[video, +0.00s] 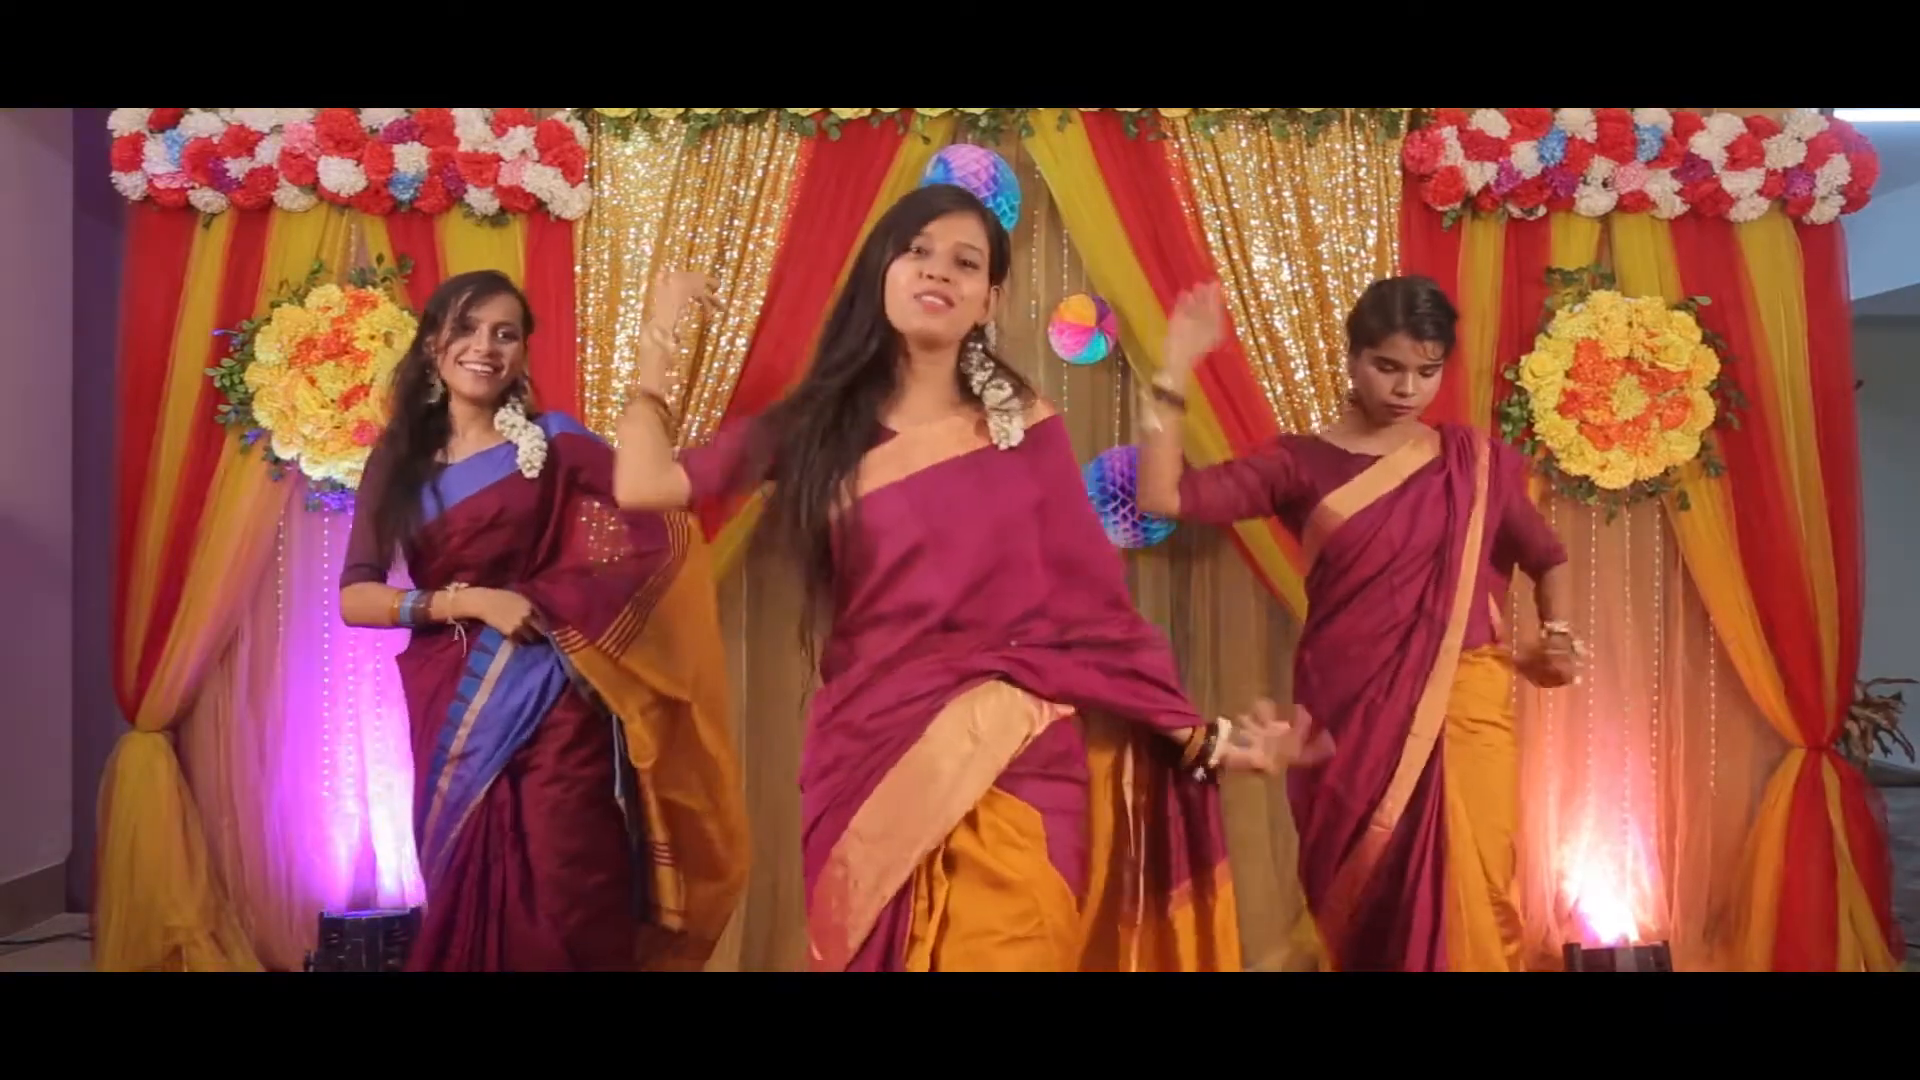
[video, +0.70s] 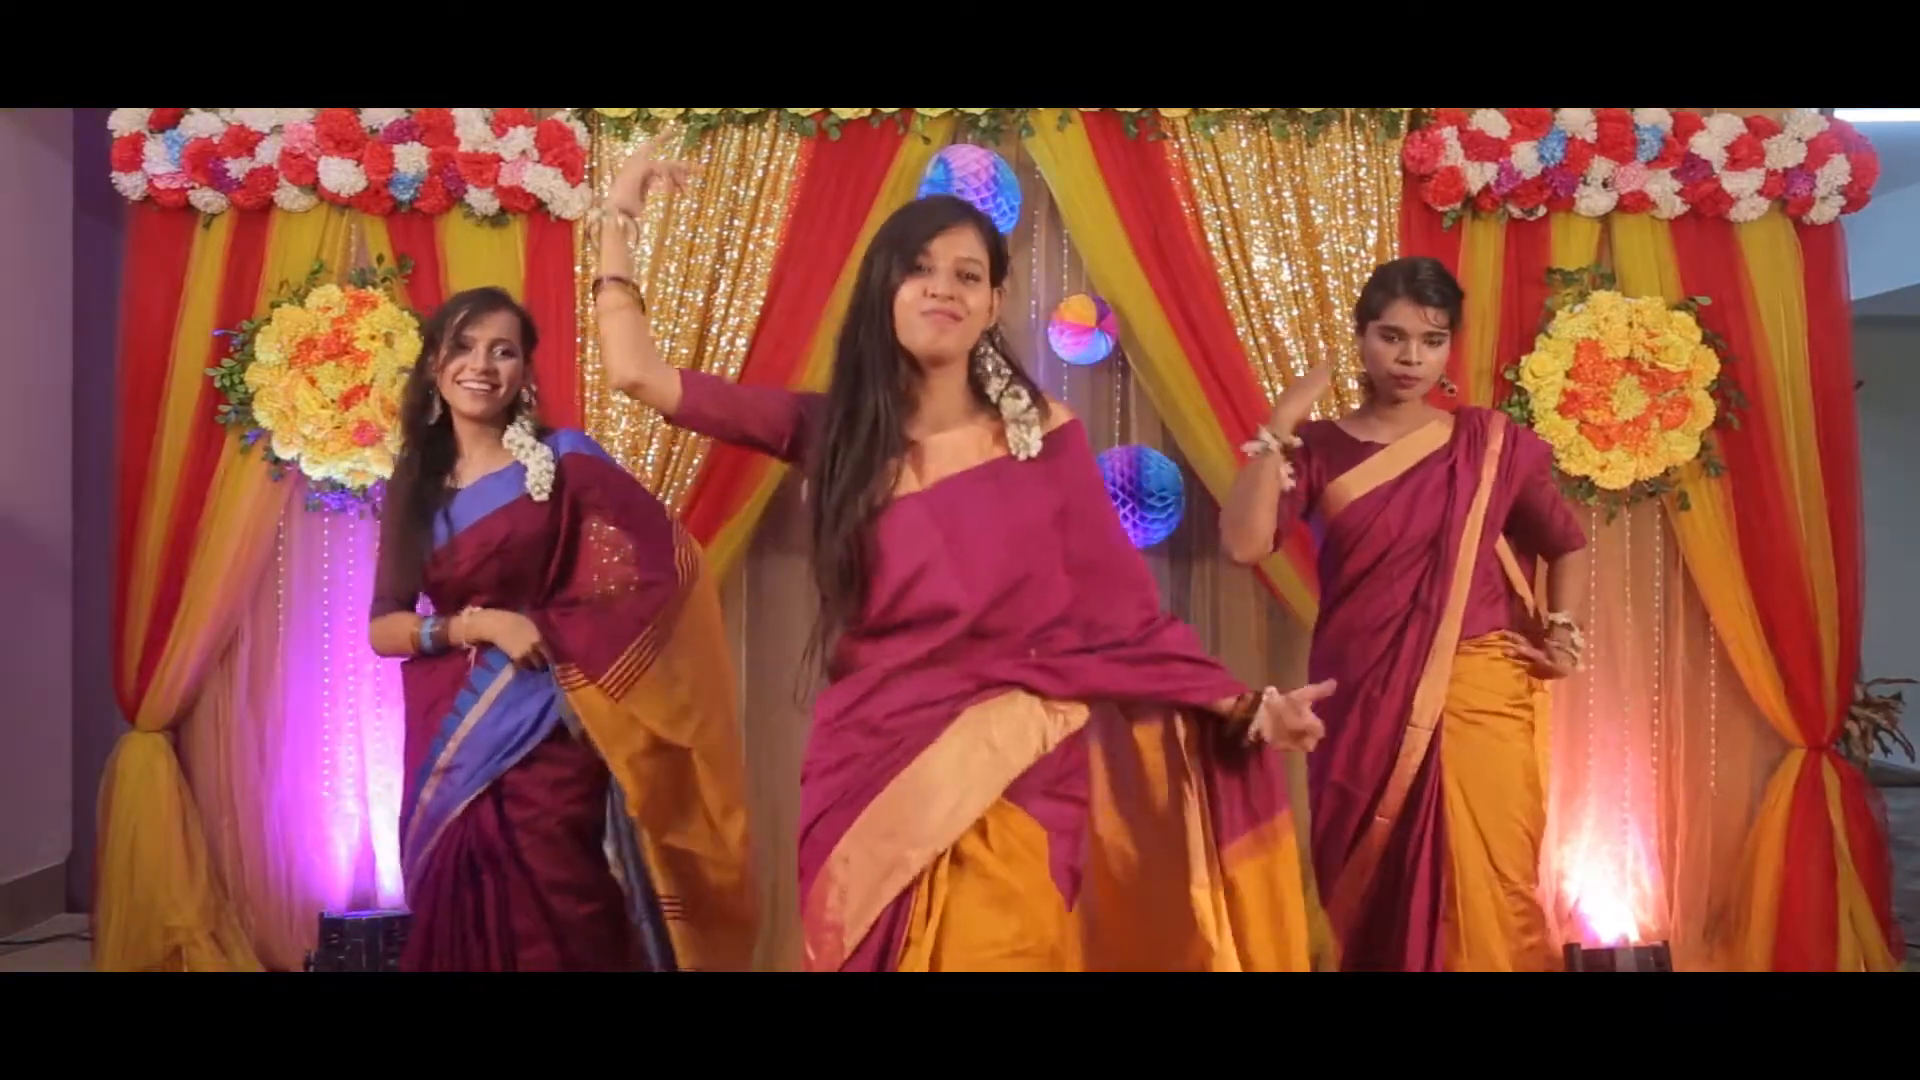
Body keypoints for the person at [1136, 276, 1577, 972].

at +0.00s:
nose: (1407, 388)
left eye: (1425, 370)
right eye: (1388, 367)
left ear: (1444, 365)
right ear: (1352, 358)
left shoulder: (1474, 457)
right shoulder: (1305, 461)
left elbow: (1550, 559)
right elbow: (1162, 495)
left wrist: (1557, 637)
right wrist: (1174, 369)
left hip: (1468, 706)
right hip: (1352, 716)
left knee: (1473, 907)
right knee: (1359, 915)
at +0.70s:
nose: (1411, 356)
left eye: (1430, 340)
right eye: (1392, 336)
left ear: (1451, 346)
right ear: (1360, 337)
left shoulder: (1493, 440)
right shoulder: (1321, 447)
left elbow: (1564, 542)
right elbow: (1243, 541)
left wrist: (1561, 630)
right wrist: (1280, 426)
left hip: (1480, 693)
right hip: (1363, 702)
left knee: (1488, 901)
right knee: (1366, 910)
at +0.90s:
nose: (1412, 357)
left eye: (1431, 341)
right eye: (1394, 338)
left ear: (1451, 350)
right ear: (1360, 344)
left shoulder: (1497, 447)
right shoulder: (1312, 465)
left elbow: (1545, 580)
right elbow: (1289, 615)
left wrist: (1578, 678)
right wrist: (1331, 614)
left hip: (1480, 705)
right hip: (1365, 717)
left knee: (1488, 913)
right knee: (1370, 919)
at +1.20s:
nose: (1417, 342)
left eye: (1435, 328)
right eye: (1398, 325)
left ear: (1453, 344)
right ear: (1363, 335)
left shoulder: (1490, 442)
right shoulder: (1315, 448)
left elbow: (1524, 595)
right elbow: (1298, 604)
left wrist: (1594, 716)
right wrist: (1286, 569)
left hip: (1488, 698)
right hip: (1370, 706)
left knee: (1497, 903)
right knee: (1380, 910)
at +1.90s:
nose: (1420, 374)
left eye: (1437, 355)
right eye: (1400, 356)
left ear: (1457, 363)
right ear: (1366, 365)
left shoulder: (1497, 461)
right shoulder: (1322, 468)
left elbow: (1620, 529)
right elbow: (1276, 577)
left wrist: (1498, 482)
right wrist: (1375, 515)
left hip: (1467, 717)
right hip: (1351, 720)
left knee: (1475, 907)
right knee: (1364, 916)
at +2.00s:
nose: (1414, 402)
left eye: (1431, 382)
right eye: (1394, 383)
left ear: (1451, 383)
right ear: (1362, 387)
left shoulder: (1501, 471)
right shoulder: (1322, 483)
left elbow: (1632, 553)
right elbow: (1250, 566)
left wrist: (1517, 523)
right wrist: (1311, 517)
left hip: (1463, 716)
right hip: (1348, 720)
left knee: (1464, 907)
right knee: (1356, 912)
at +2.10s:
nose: (1402, 386)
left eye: (1425, 368)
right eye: (1386, 364)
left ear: (1446, 375)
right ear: (1351, 370)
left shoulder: (1498, 461)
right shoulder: (1332, 469)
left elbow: (1627, 550)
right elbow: (1256, 481)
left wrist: (1542, 578)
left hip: (1461, 691)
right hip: (1347, 694)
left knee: (1455, 888)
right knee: (1347, 888)